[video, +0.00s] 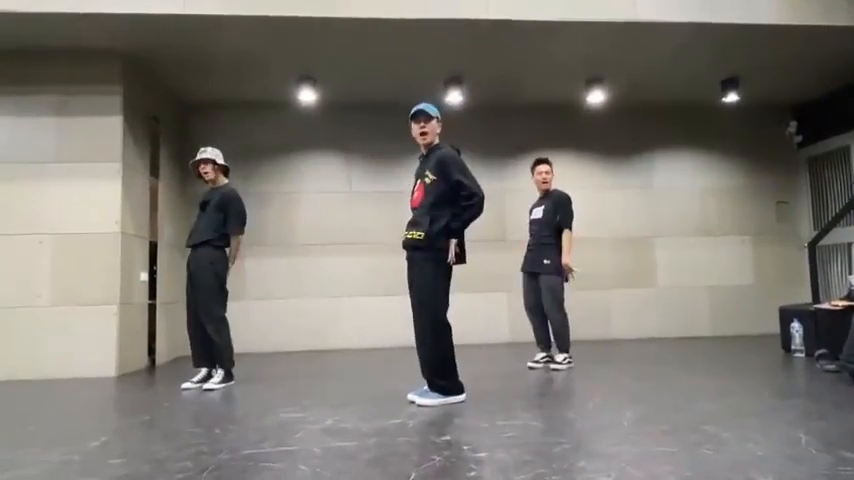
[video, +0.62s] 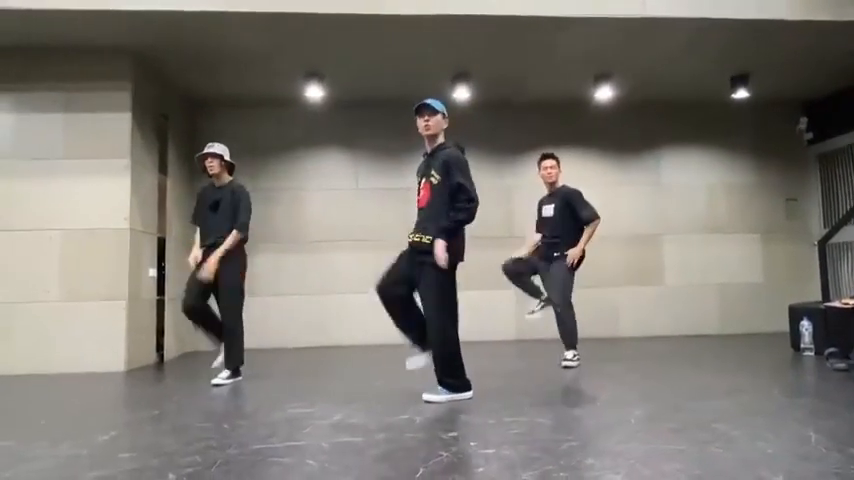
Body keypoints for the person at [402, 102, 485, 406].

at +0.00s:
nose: (421, 127)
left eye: (427, 121)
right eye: (416, 123)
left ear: (438, 125)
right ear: (411, 129)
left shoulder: (445, 156)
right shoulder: (425, 161)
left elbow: (475, 198)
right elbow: (439, 201)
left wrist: (451, 231)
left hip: (434, 252)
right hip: (419, 251)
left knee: (433, 318)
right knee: (424, 319)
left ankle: (448, 386)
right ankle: (436, 383)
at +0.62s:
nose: (425, 120)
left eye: (431, 115)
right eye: (421, 116)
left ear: (444, 120)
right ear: (417, 123)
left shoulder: (452, 156)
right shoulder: (426, 163)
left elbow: (467, 203)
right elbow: (430, 206)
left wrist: (443, 236)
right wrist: (419, 237)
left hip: (438, 250)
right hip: (418, 247)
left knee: (439, 319)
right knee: (390, 289)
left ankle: (455, 384)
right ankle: (425, 343)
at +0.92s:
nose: (421, 118)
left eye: (427, 113)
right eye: (416, 114)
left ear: (439, 118)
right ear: (412, 122)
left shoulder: (447, 151)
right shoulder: (423, 158)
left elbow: (445, 197)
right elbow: (420, 208)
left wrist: (404, 209)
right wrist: (400, 243)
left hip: (434, 250)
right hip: (413, 248)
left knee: (438, 316)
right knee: (385, 305)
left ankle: (458, 381)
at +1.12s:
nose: (414, 121)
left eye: (420, 115)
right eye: (410, 117)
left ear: (433, 120)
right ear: (406, 124)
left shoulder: (439, 154)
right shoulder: (415, 160)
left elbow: (437, 201)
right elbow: (409, 207)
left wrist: (396, 214)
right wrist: (387, 236)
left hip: (426, 250)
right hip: (406, 250)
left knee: (434, 313)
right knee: (396, 311)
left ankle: (459, 380)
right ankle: (382, 379)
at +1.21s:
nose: (412, 120)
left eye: (418, 114)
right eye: (407, 116)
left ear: (431, 119)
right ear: (404, 124)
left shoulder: (437, 153)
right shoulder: (413, 162)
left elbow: (437, 201)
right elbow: (406, 207)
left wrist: (396, 217)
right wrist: (386, 233)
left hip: (425, 251)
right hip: (405, 251)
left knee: (434, 313)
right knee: (394, 313)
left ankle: (460, 379)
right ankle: (383, 378)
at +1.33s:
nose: (405, 119)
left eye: (412, 114)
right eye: (401, 115)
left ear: (425, 120)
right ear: (398, 123)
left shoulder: (431, 151)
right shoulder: (408, 161)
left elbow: (436, 199)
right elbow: (401, 205)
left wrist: (399, 223)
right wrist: (383, 226)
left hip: (423, 249)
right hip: (404, 249)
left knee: (430, 311)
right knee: (391, 308)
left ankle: (460, 377)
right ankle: (383, 377)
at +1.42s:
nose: (397, 120)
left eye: (403, 114)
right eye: (394, 116)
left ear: (419, 119)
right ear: (393, 124)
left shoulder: (422, 147)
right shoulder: (409, 151)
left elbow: (433, 195)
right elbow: (403, 202)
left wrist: (405, 225)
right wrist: (381, 221)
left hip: (421, 245)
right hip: (403, 245)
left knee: (426, 309)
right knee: (391, 307)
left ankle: (460, 376)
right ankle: (383, 376)